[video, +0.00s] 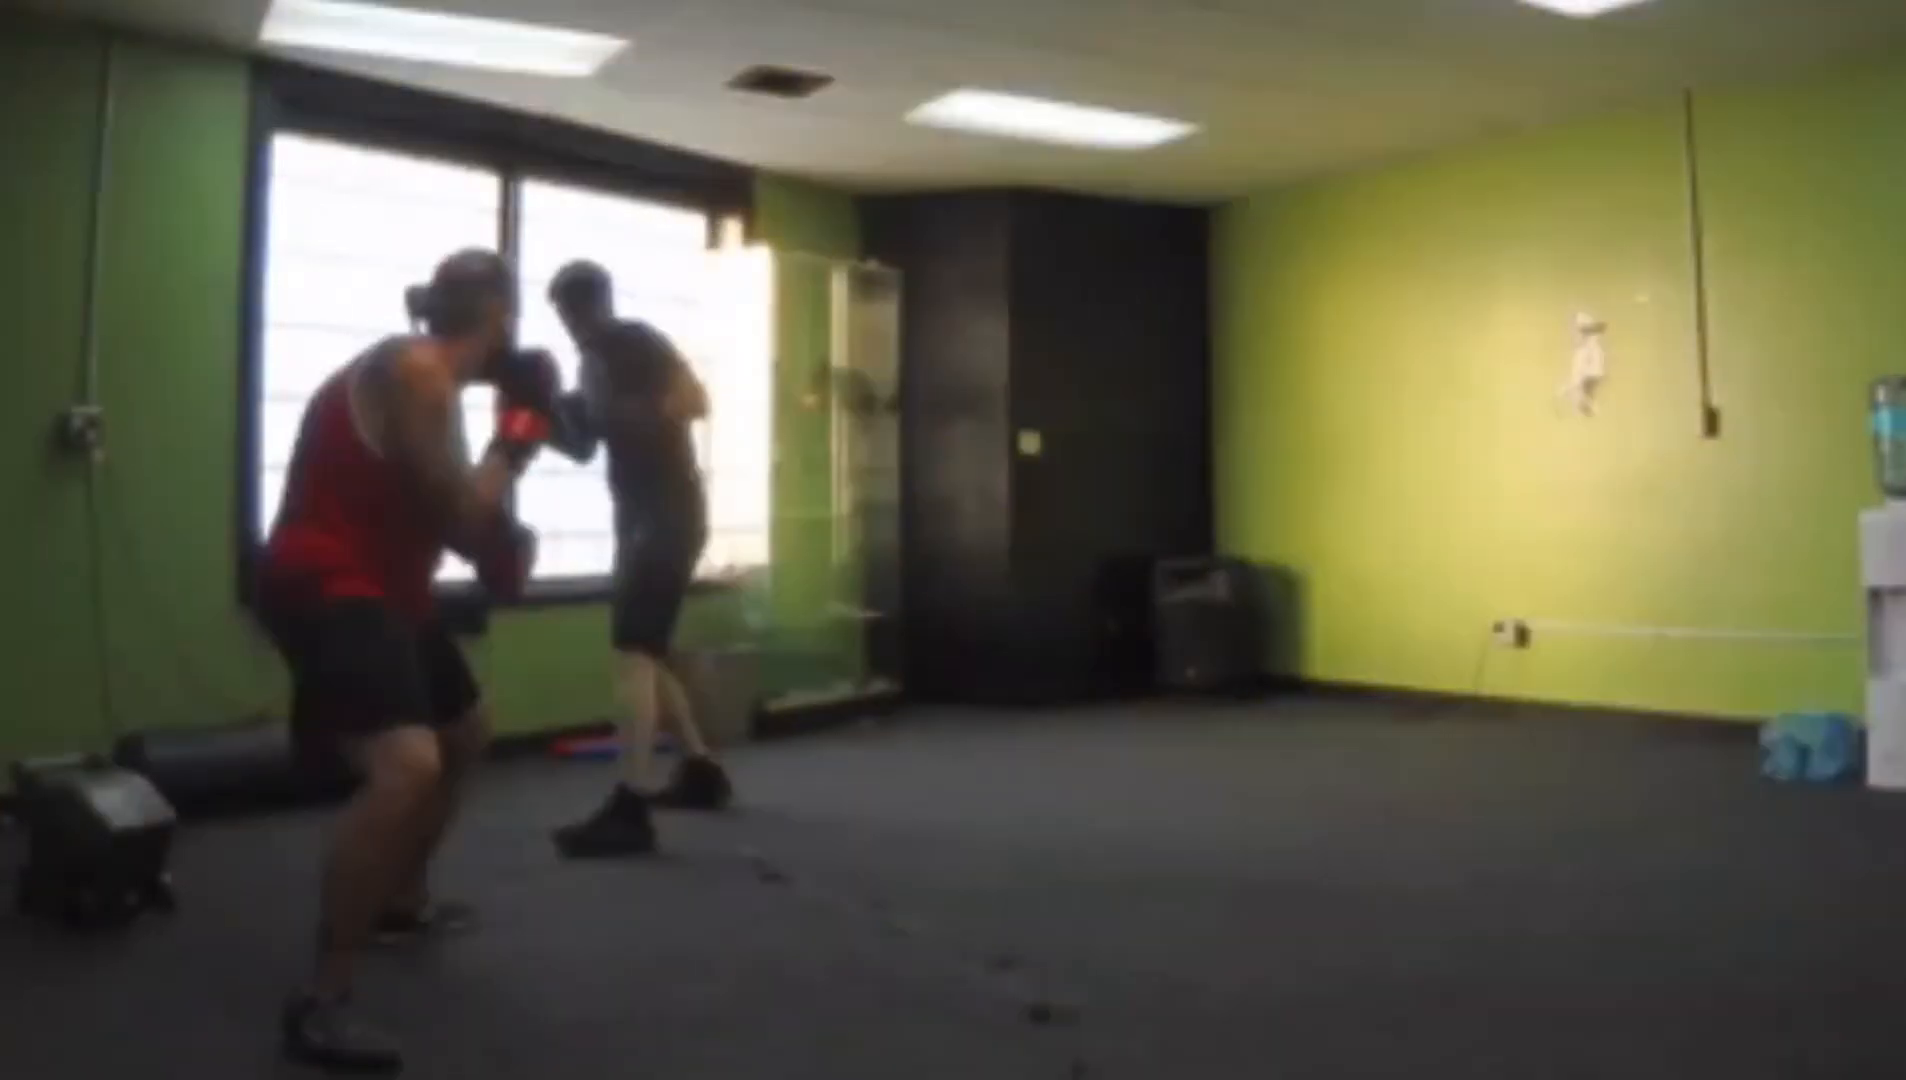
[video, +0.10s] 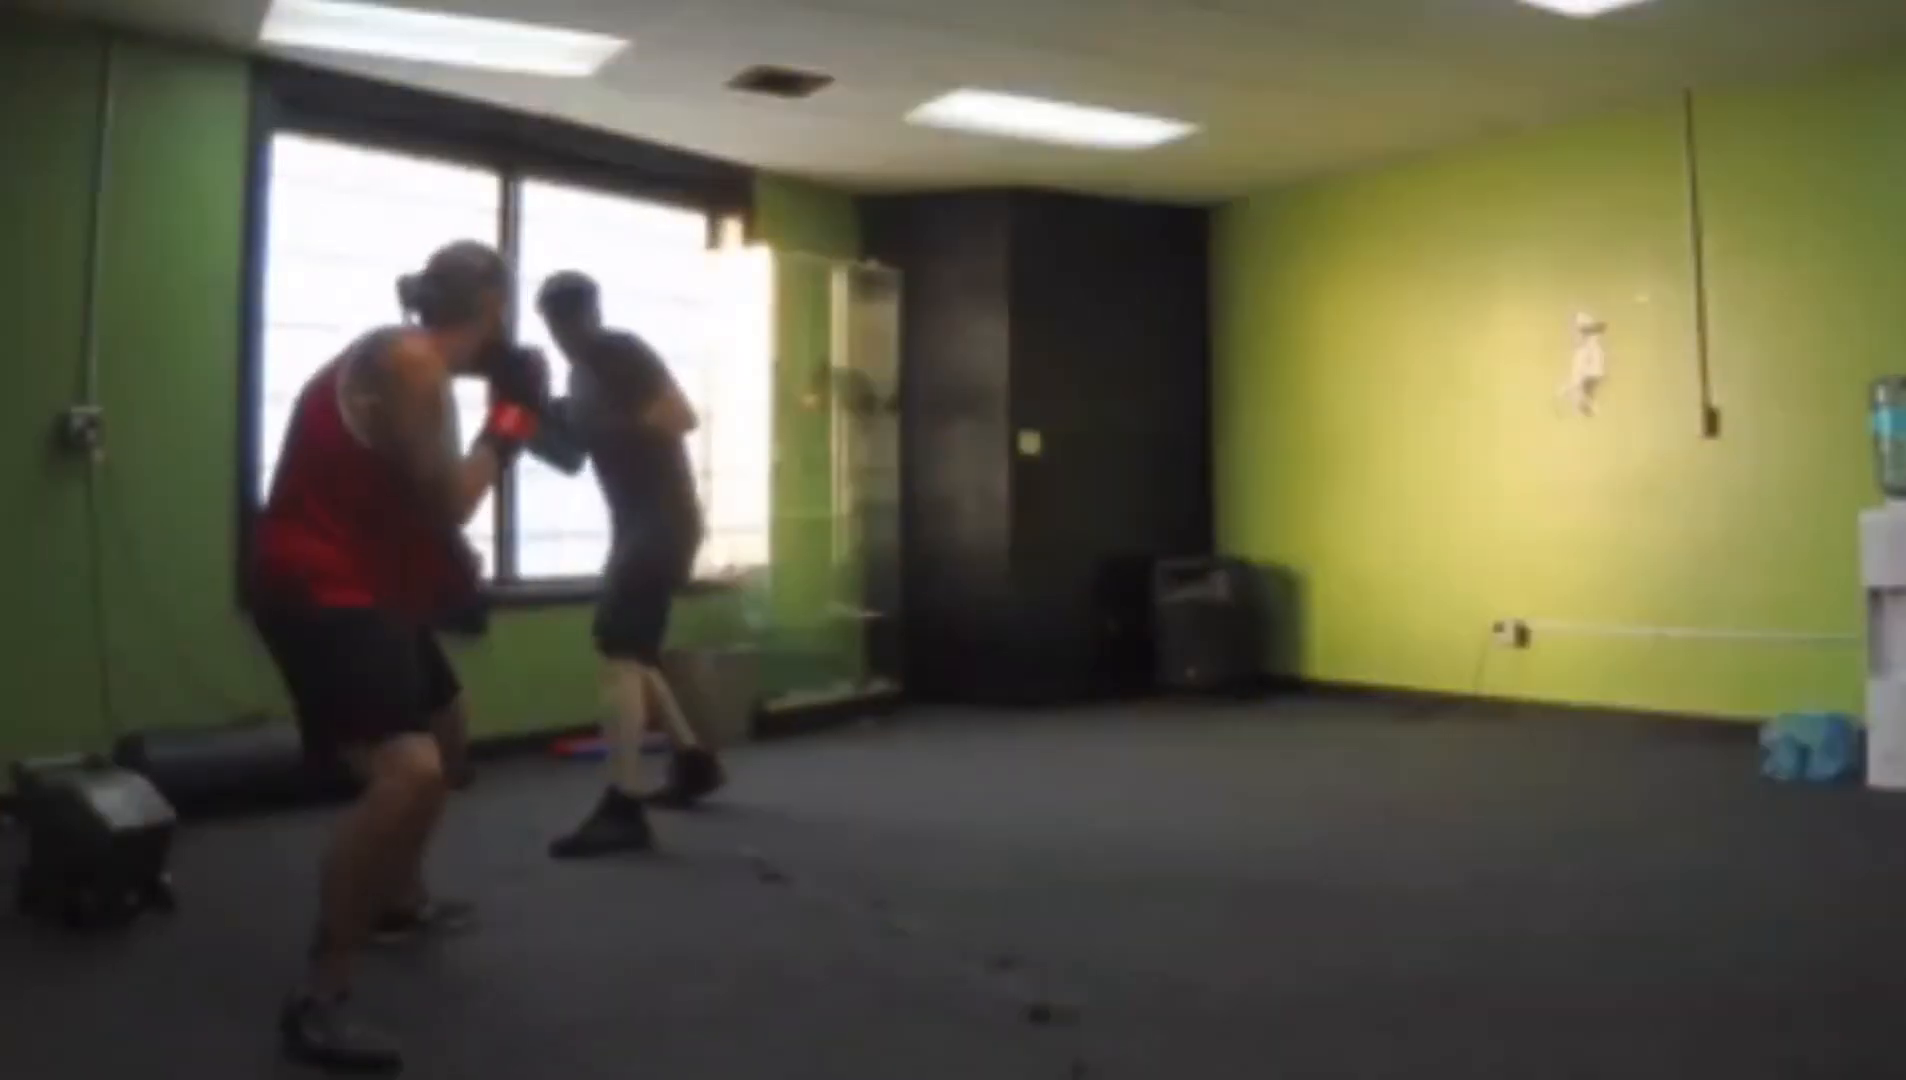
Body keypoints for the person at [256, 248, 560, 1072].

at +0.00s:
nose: (512, 336)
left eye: (510, 322)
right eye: (509, 320)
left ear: (443, 307)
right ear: (488, 318)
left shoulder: (415, 372)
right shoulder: (413, 369)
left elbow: (441, 502)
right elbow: (462, 513)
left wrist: (496, 546)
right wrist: (515, 437)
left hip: (383, 590)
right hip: (331, 588)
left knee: (459, 733)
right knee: (405, 767)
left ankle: (398, 900)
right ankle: (325, 1001)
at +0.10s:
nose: (506, 327)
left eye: (504, 313)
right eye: (503, 312)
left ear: (436, 298)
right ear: (481, 310)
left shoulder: (398, 358)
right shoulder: (407, 361)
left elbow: (425, 496)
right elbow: (446, 504)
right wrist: (505, 427)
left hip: (368, 588)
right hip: (321, 587)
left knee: (440, 732)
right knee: (405, 770)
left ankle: (397, 901)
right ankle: (322, 998)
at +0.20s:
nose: (495, 311)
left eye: (494, 295)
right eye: (490, 294)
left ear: (424, 279)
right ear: (462, 290)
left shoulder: (386, 336)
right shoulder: (406, 339)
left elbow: (405, 474)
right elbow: (446, 481)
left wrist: (433, 539)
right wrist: (497, 413)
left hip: (345, 580)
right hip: (330, 582)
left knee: (404, 753)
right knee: (400, 767)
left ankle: (391, 899)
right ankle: (321, 1001)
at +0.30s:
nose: (481, 293)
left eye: (479, 278)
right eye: (477, 277)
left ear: (403, 265)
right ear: (454, 271)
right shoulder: (411, 323)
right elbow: (462, 473)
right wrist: (491, 385)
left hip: (303, 573)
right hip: (341, 578)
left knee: (396, 753)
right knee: (394, 767)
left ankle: (388, 901)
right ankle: (321, 1001)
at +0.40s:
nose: (469, 289)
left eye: (466, 275)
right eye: (468, 274)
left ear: (393, 261)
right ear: (449, 267)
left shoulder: (333, 322)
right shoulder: (415, 319)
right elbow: (483, 456)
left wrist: (445, 378)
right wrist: (472, 372)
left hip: (290, 571)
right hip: (348, 576)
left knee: (389, 753)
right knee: (396, 766)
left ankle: (386, 904)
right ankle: (320, 1002)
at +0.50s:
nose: (464, 292)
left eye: (462, 280)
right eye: (463, 278)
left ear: (389, 267)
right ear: (445, 272)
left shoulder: (331, 325)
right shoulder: (414, 323)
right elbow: (484, 459)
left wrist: (448, 382)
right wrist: (481, 379)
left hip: (291, 570)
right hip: (349, 574)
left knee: (381, 746)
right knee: (400, 758)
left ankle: (388, 900)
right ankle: (321, 1001)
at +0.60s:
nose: (467, 296)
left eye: (464, 284)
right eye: (465, 282)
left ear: (394, 266)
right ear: (447, 274)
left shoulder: (340, 322)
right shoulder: (411, 321)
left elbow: (421, 443)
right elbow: (468, 456)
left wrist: (462, 373)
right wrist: (483, 373)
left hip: (300, 567)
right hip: (347, 574)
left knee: (405, 741)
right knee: (384, 761)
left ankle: (389, 901)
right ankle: (324, 999)